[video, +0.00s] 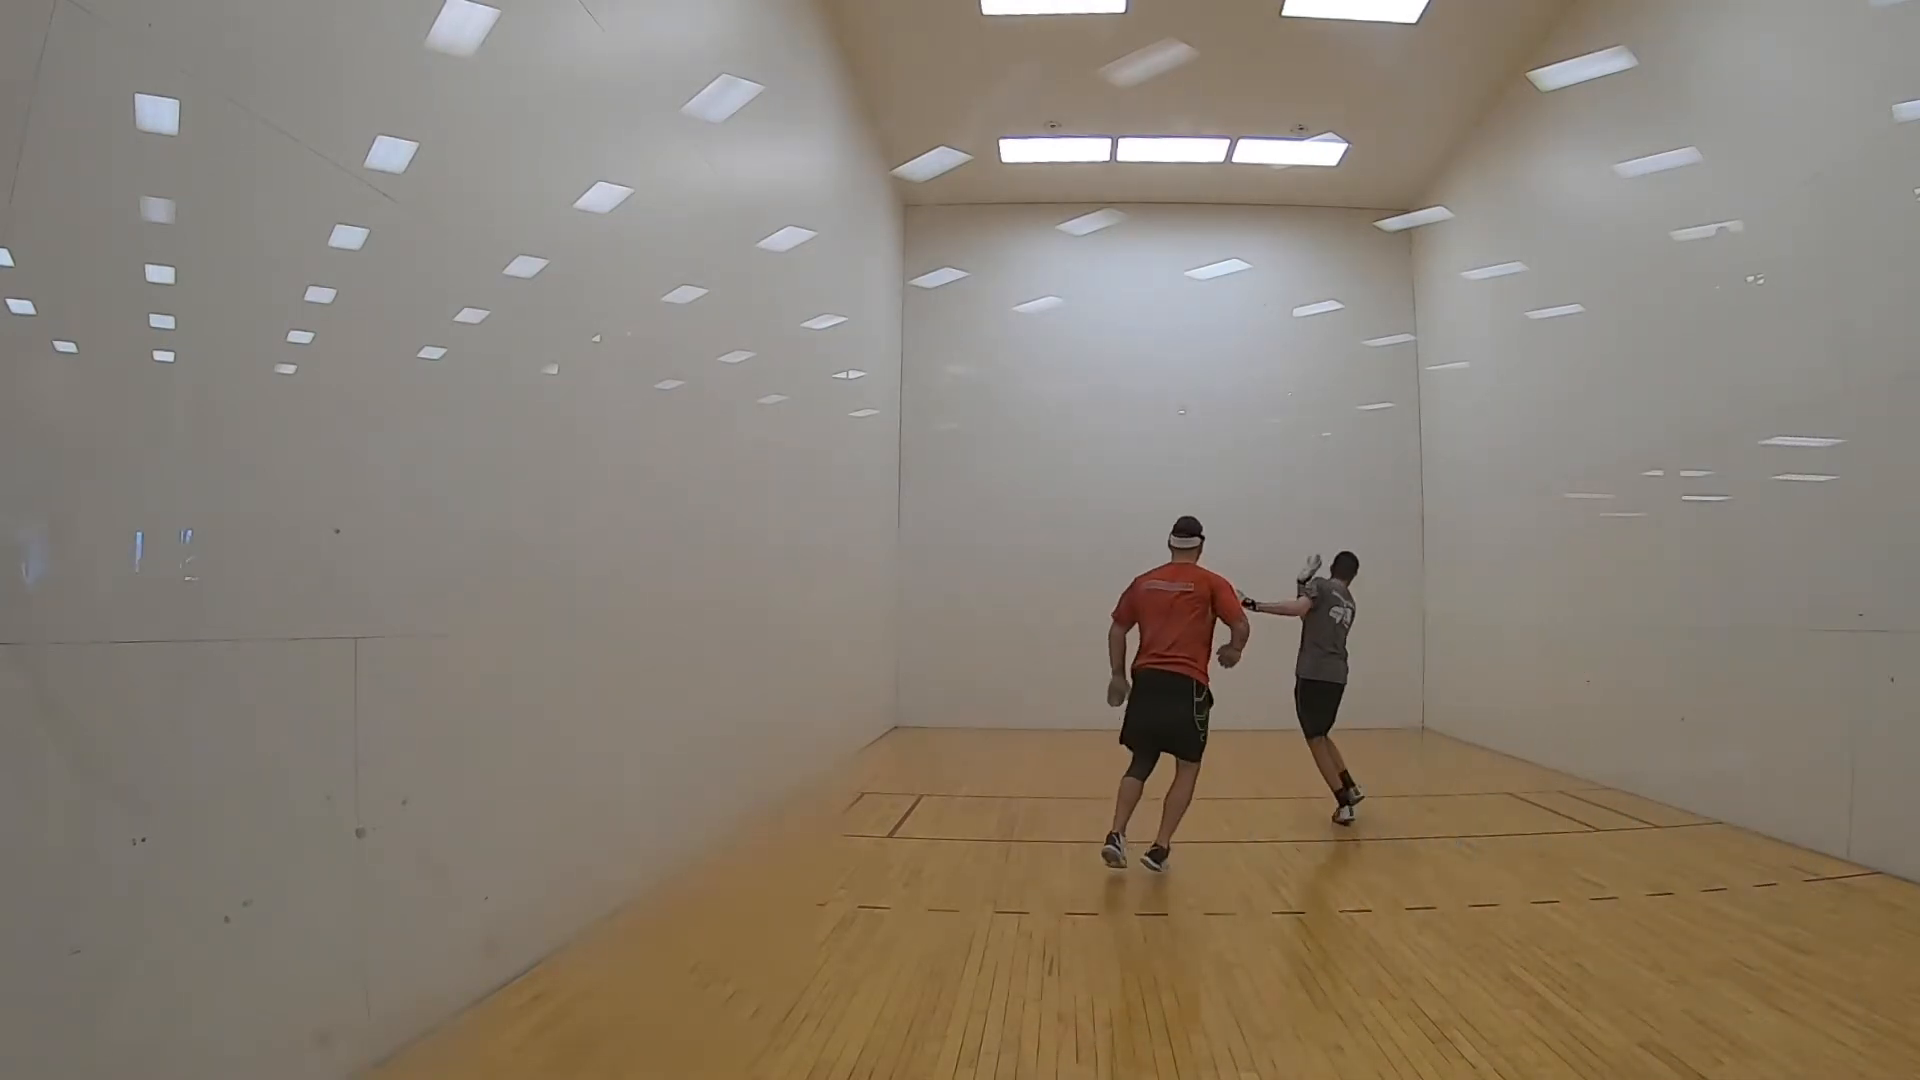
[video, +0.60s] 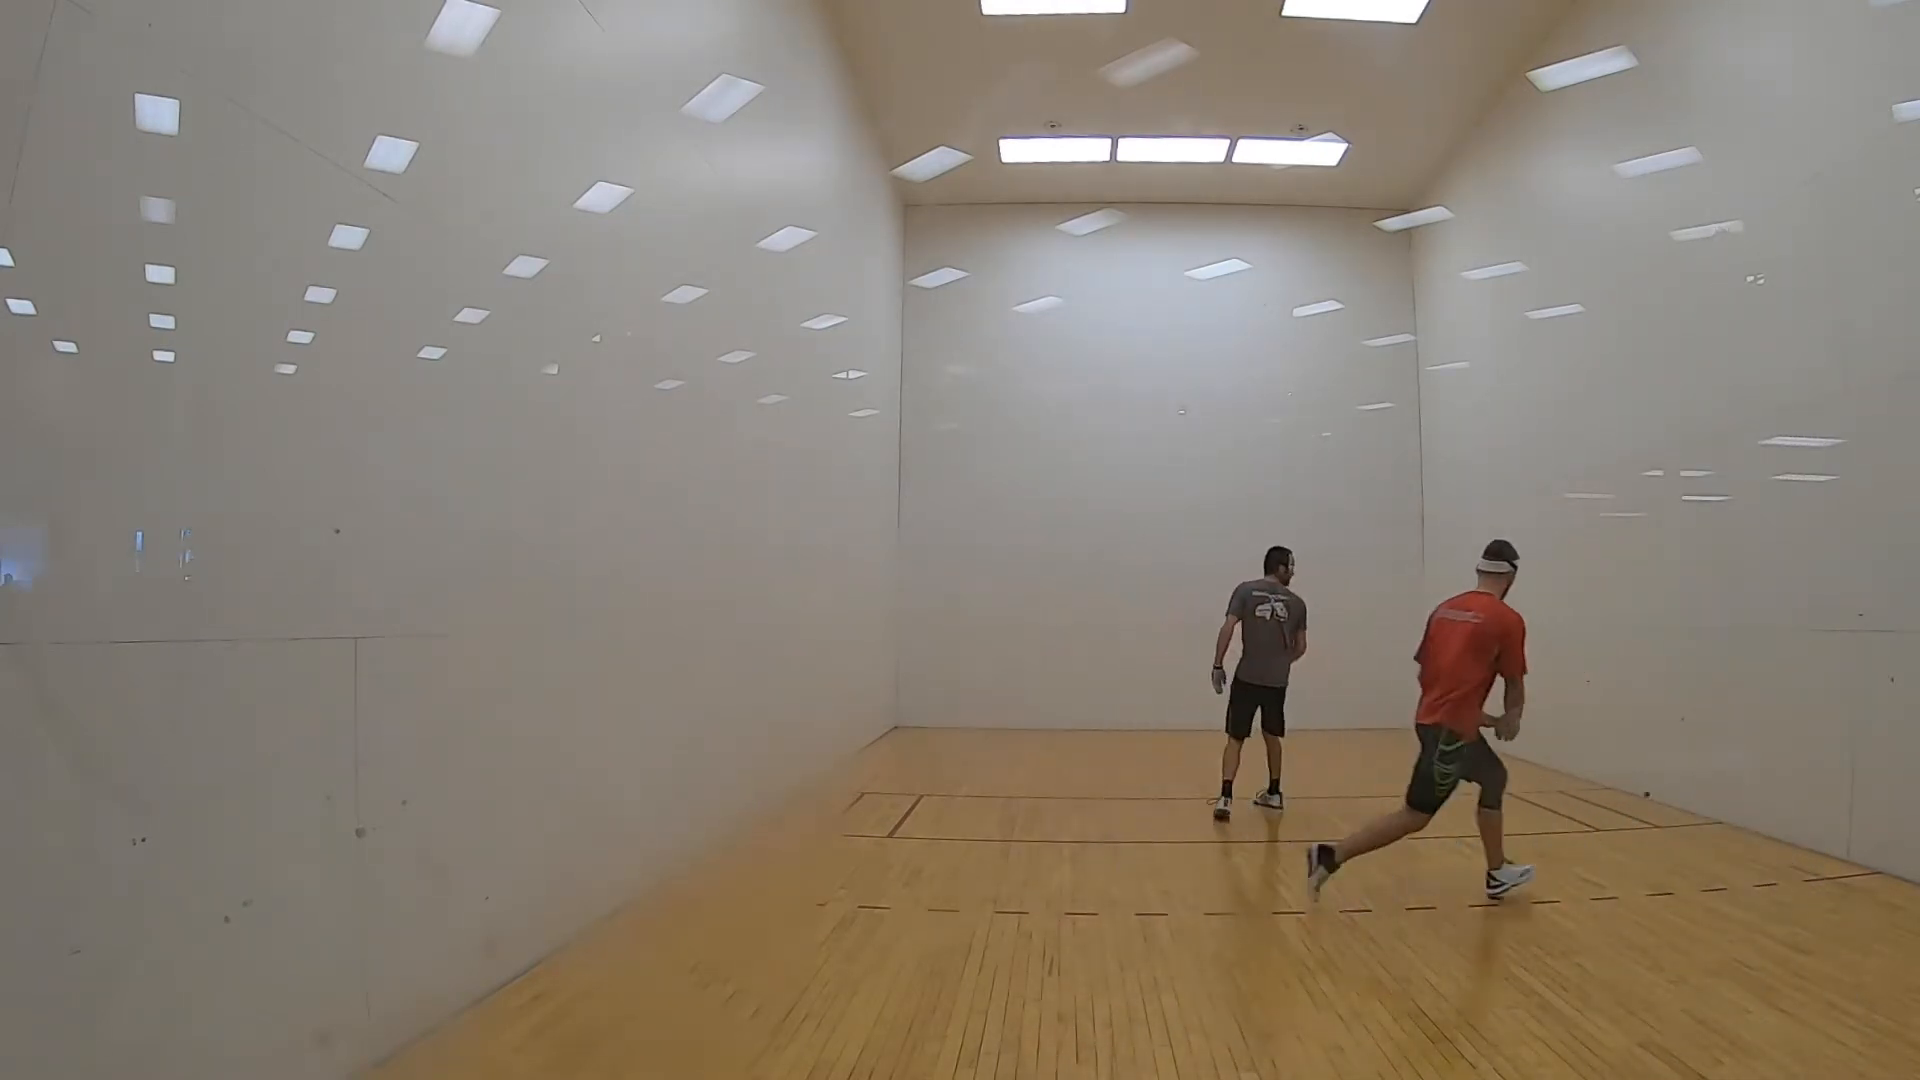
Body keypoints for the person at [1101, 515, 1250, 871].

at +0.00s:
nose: (1191, 551)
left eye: (1180, 544)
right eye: (1197, 545)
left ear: (1169, 545)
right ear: (1201, 546)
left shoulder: (1143, 582)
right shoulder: (1213, 583)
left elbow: (1118, 629)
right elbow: (1240, 624)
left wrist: (1118, 674)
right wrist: (1235, 648)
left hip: (1146, 684)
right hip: (1188, 688)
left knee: (1140, 762)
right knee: (1187, 769)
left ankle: (1115, 835)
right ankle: (1160, 848)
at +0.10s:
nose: (1218, 567)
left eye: (1209, 560)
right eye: (1222, 563)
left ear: (1191, 561)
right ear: (1223, 564)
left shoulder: (1164, 599)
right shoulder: (1233, 601)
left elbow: (1137, 650)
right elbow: (1249, 649)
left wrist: (1144, 695)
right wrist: (1252, 687)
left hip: (1166, 704)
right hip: (1211, 707)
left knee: (1155, 783)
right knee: (1231, 782)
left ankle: (1127, 857)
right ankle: (1206, 859)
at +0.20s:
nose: (1251, 580)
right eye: (1256, 576)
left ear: (1227, 575)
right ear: (1259, 578)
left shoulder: (1199, 612)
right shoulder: (1263, 617)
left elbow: (1181, 659)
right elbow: (1276, 668)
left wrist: (1193, 704)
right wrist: (1288, 717)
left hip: (1189, 723)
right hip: (1235, 727)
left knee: (1162, 797)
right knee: (1278, 792)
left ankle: (1128, 868)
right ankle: (1267, 868)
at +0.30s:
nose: (1314, 575)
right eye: (1317, 570)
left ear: (1285, 567)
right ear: (1319, 571)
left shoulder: (1256, 605)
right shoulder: (1314, 610)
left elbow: (1242, 657)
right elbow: (1323, 658)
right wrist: (1346, 706)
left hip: (1236, 716)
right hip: (1278, 722)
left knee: (1201, 790)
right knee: (1322, 798)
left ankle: (1144, 853)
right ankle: (1276, 876)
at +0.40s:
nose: (1385, 580)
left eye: (1380, 573)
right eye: (1386, 575)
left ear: (1352, 571)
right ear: (1384, 577)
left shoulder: (1323, 606)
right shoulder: (1372, 621)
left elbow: (1307, 656)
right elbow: (1394, 683)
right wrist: (1420, 716)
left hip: (1291, 716)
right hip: (1323, 727)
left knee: (1286, 797)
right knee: (1341, 814)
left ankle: (1225, 841)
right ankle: (1270, 879)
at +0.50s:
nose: (1444, 584)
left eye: (1438, 577)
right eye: (1446, 578)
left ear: (1413, 572)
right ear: (1447, 578)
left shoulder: (1382, 607)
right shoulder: (1439, 624)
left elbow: (1359, 662)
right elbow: (1457, 688)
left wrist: (1366, 701)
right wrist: (1474, 713)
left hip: (1355, 715)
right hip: (1376, 726)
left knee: (1406, 779)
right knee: (1360, 815)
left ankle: (1368, 865)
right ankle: (1276, 874)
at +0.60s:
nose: (1511, 582)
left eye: (1506, 574)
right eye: (1513, 576)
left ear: (1478, 572)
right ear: (1511, 577)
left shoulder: (1446, 608)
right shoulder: (1508, 620)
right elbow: (1514, 684)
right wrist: (1511, 720)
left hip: (1434, 719)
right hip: (1454, 727)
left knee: (1494, 777)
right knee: (1415, 815)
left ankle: (1498, 871)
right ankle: (1333, 856)